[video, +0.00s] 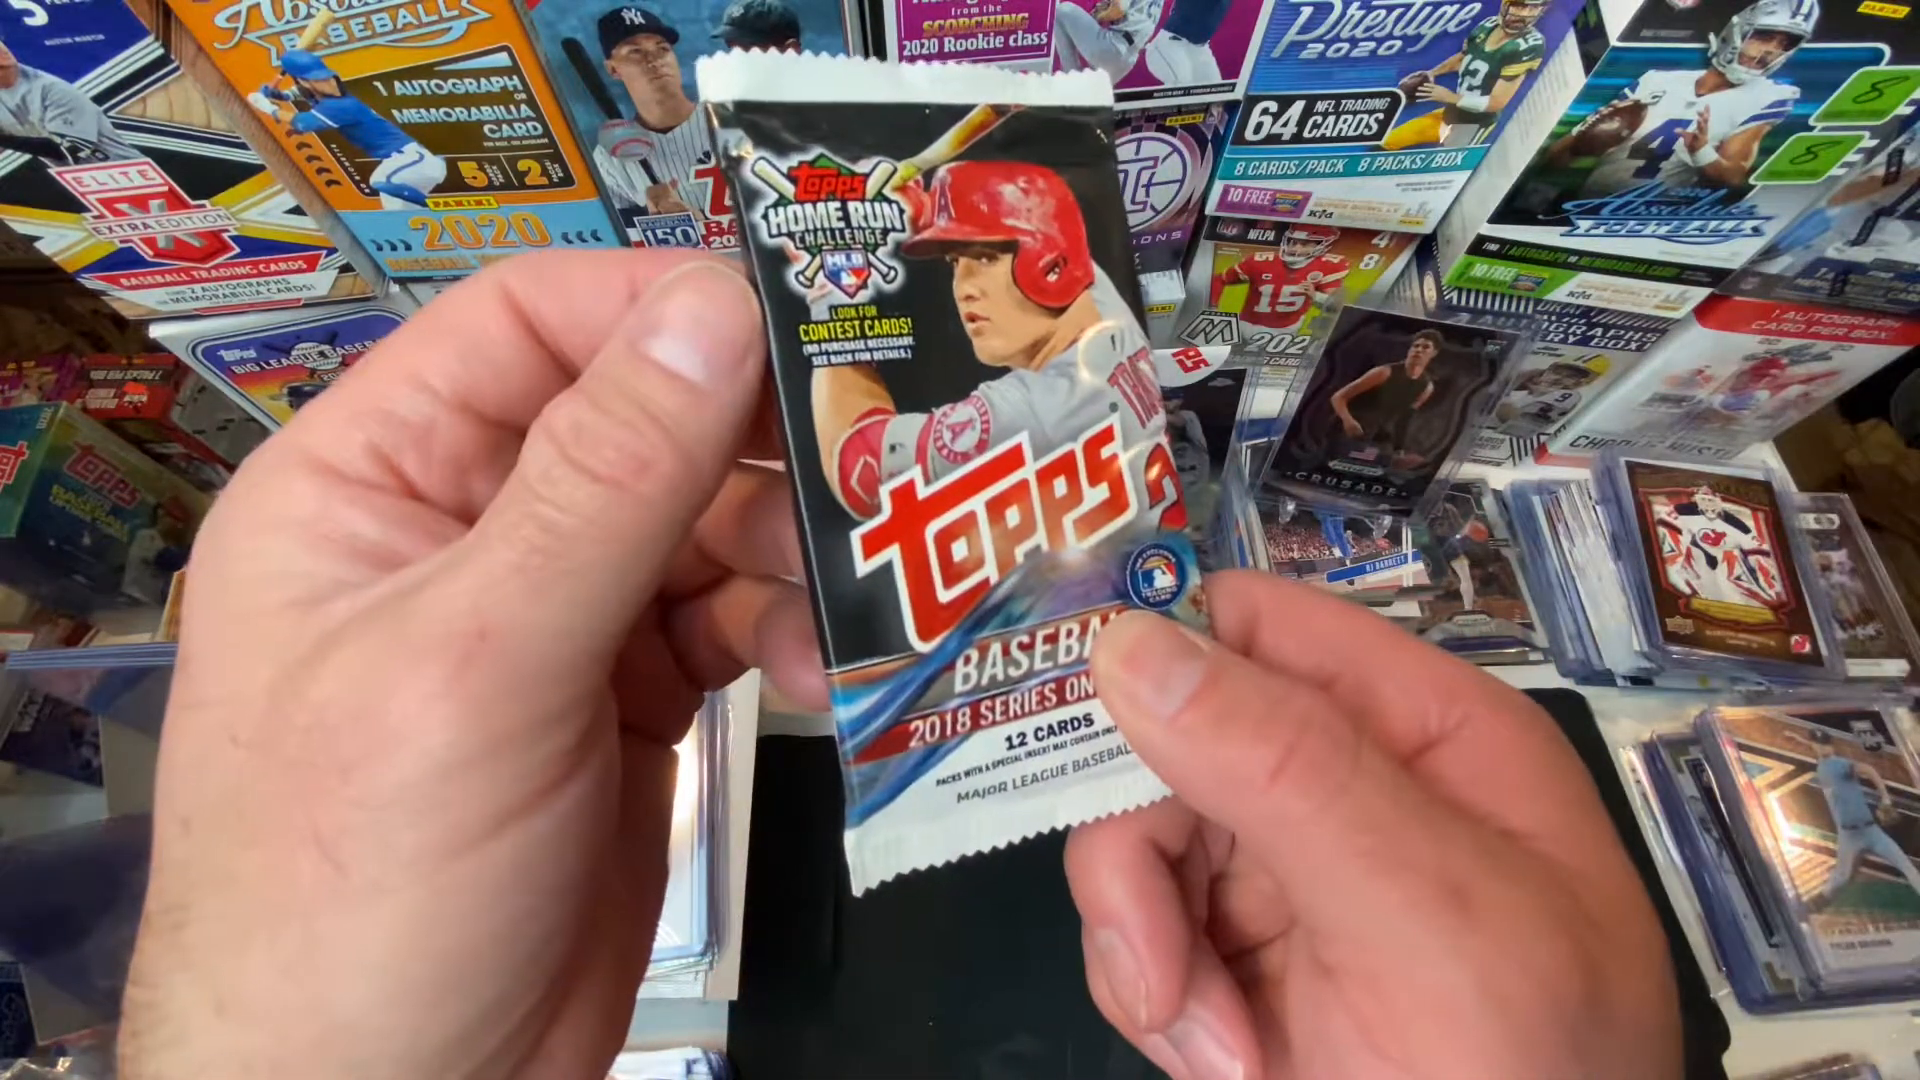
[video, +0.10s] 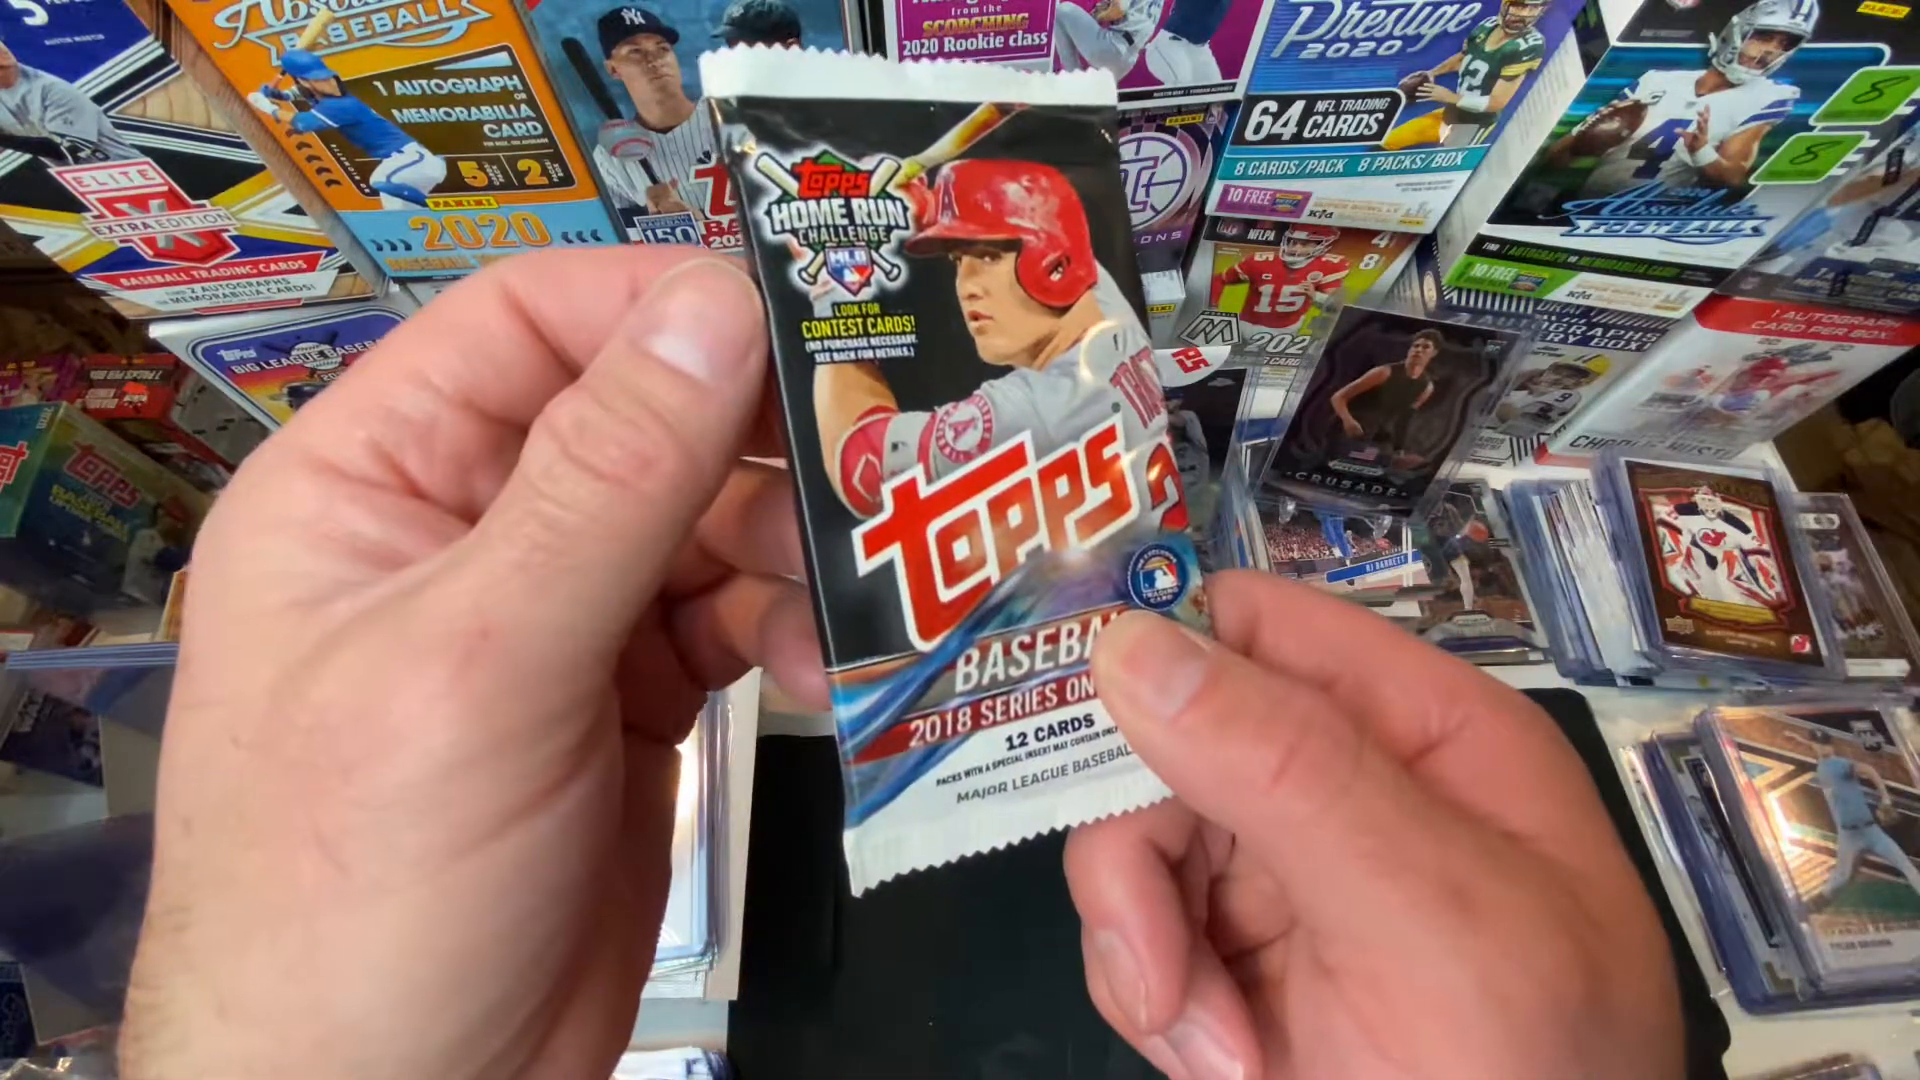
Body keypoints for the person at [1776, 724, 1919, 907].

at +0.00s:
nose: (1825, 749)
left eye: (1827, 744)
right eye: (1820, 746)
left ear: (1831, 745)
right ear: (1813, 747)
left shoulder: (1840, 764)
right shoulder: (1824, 767)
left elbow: (1869, 770)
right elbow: (1866, 770)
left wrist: (1885, 798)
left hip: (1870, 829)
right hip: (1847, 834)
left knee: (1904, 863)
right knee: (1842, 875)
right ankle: (1821, 899)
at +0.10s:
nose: (1824, 749)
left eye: (1826, 744)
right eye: (1819, 746)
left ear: (1831, 745)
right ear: (1813, 747)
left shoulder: (1839, 764)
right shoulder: (1822, 767)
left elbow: (1869, 770)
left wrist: (1885, 798)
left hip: (1870, 828)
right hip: (1847, 834)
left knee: (1904, 864)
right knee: (1842, 876)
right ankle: (1817, 902)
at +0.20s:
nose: (1824, 750)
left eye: (1827, 745)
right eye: (1819, 746)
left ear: (1832, 745)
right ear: (1813, 747)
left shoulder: (1840, 764)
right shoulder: (1822, 768)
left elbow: (1869, 770)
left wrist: (1885, 798)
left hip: (1870, 828)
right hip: (1847, 834)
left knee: (1904, 863)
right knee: (1842, 876)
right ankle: (1819, 901)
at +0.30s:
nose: (1824, 750)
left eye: (1826, 745)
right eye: (1819, 746)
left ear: (1831, 745)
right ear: (1813, 747)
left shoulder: (1840, 764)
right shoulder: (1823, 768)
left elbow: (1869, 770)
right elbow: (1866, 770)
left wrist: (1885, 798)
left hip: (1870, 828)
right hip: (1847, 834)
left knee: (1904, 863)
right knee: (1842, 875)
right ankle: (1817, 902)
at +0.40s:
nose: (1824, 750)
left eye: (1827, 745)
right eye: (1819, 746)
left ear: (1832, 745)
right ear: (1813, 747)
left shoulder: (1840, 764)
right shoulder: (1823, 768)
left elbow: (1869, 770)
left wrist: (1885, 798)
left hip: (1870, 828)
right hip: (1847, 834)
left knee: (1904, 863)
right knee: (1842, 876)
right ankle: (1819, 901)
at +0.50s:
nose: (1824, 750)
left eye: (1827, 745)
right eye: (1819, 746)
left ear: (1832, 745)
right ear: (1813, 747)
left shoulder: (1840, 764)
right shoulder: (1823, 768)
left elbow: (1869, 770)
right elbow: (1867, 770)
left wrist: (1885, 798)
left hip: (1870, 828)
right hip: (1847, 834)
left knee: (1904, 863)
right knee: (1842, 876)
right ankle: (1819, 901)